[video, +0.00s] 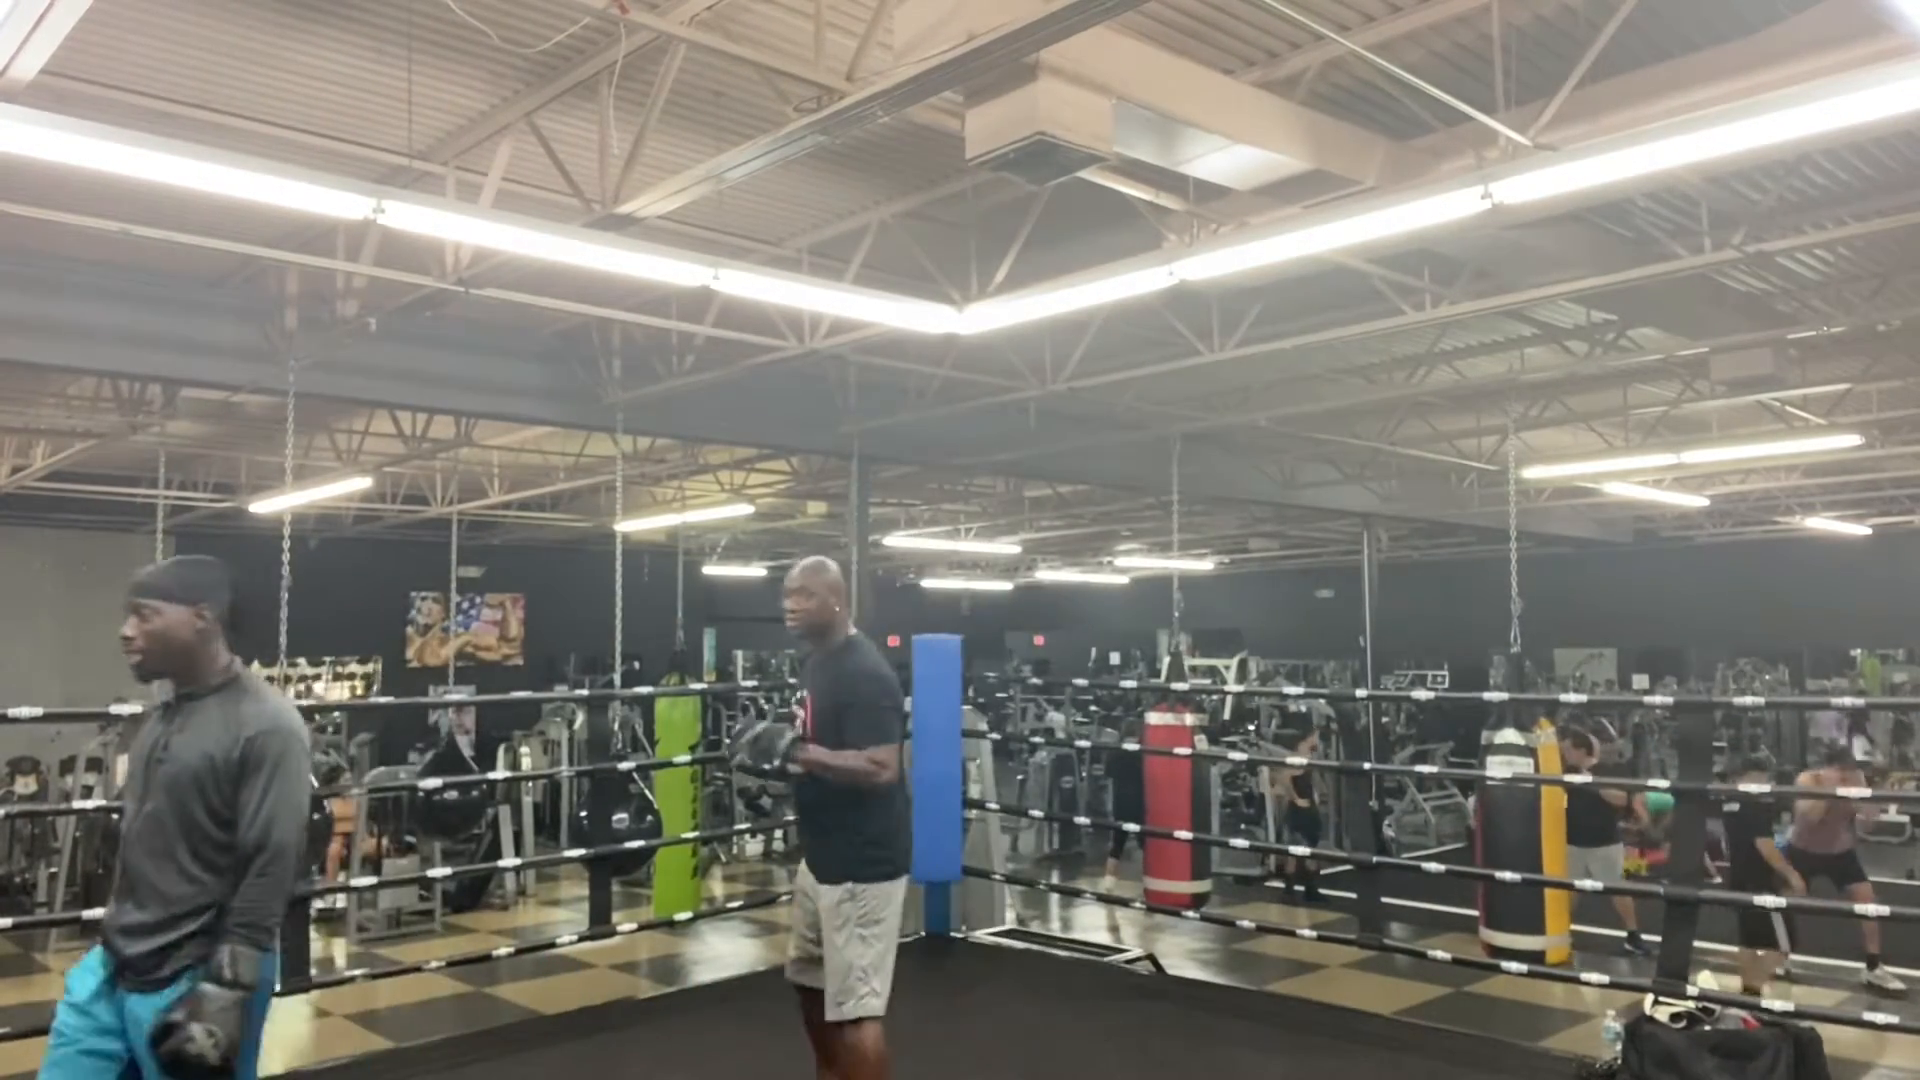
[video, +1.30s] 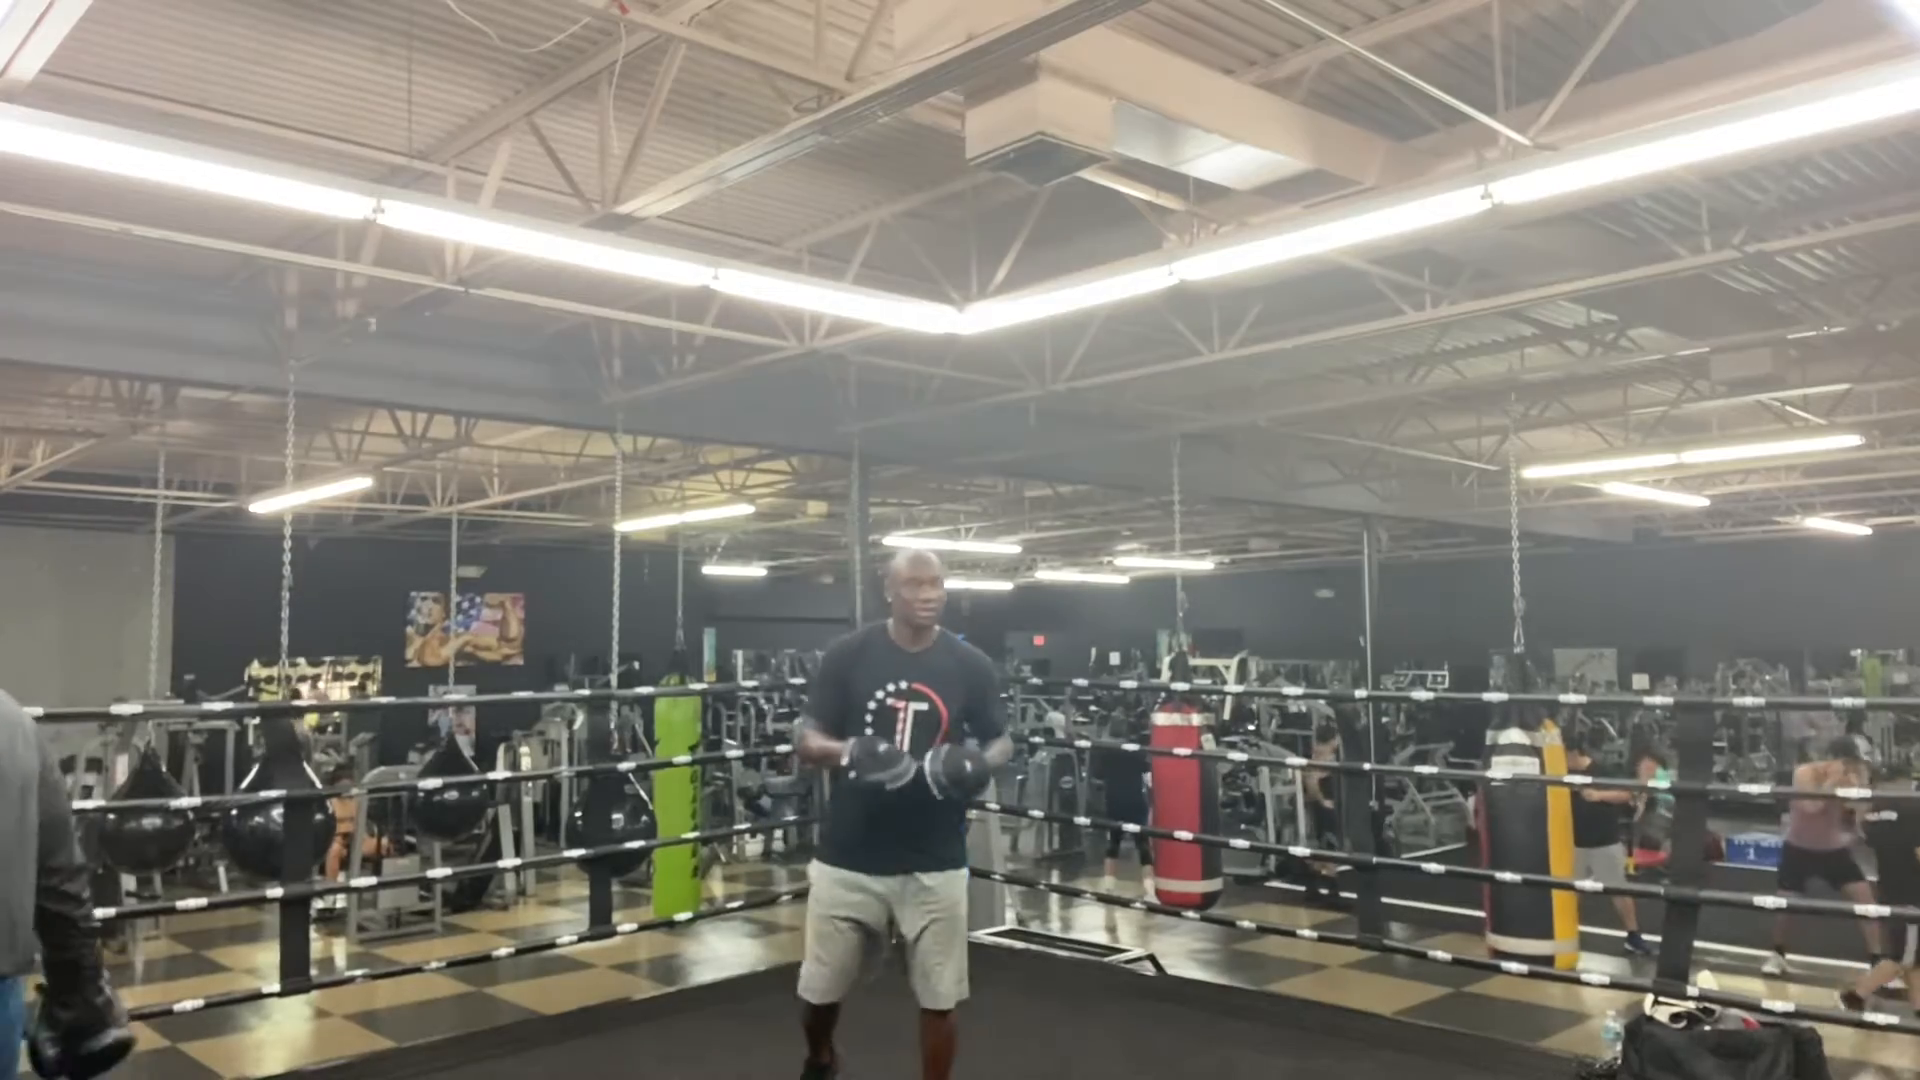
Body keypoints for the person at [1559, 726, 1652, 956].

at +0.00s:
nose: (1565, 754)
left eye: (1569, 750)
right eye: (1565, 750)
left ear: (1584, 751)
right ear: (1569, 751)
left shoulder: (1607, 771)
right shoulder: (1566, 773)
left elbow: (1620, 799)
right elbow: (1554, 801)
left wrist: (1593, 783)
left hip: (1605, 842)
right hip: (1571, 840)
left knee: (1618, 890)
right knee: (1564, 891)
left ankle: (1633, 933)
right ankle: (1559, 933)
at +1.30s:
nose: (1567, 762)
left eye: (1570, 757)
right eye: (1565, 757)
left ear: (1582, 756)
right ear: (1564, 759)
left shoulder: (1603, 773)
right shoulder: (1561, 777)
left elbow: (1626, 794)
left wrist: (1598, 794)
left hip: (1605, 841)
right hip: (1573, 842)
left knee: (1619, 890)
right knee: (1567, 892)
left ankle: (1633, 933)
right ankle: (1563, 936)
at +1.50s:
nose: (1564, 761)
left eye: (1567, 756)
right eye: (1562, 757)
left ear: (1578, 754)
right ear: (1561, 757)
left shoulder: (1600, 770)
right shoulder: (1557, 777)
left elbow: (1627, 793)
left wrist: (1599, 796)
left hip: (1604, 840)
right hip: (1573, 843)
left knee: (1620, 889)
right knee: (1566, 892)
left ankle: (1633, 934)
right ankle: (1563, 937)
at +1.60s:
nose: (1562, 763)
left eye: (1565, 757)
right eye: (1561, 758)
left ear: (1577, 755)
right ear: (1562, 757)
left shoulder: (1600, 771)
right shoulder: (1560, 778)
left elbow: (1626, 793)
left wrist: (1599, 796)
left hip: (1605, 841)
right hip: (1574, 844)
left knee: (1619, 889)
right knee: (1567, 892)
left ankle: (1633, 934)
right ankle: (1565, 938)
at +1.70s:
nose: (1564, 763)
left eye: (1567, 757)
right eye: (1562, 758)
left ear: (1578, 755)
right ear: (1561, 758)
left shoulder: (1600, 771)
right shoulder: (1560, 778)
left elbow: (1625, 793)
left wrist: (1597, 796)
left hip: (1603, 839)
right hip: (1573, 843)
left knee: (1619, 888)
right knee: (1567, 891)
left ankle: (1633, 934)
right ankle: (1565, 937)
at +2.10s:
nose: (1565, 764)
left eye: (1567, 758)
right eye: (1563, 759)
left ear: (1577, 755)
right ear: (1563, 758)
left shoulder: (1600, 770)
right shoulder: (1564, 776)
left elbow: (1625, 794)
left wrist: (1594, 798)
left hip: (1603, 842)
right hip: (1574, 843)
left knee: (1617, 889)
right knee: (1568, 891)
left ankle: (1633, 935)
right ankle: (1566, 936)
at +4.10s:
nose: (1575, 752)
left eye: (1580, 747)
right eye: (1575, 747)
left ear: (1596, 750)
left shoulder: (1615, 774)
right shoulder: (1567, 773)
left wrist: (1627, 805)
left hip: (1608, 841)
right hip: (1575, 842)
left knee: (1620, 890)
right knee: (1571, 890)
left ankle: (1633, 934)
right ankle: (1564, 932)